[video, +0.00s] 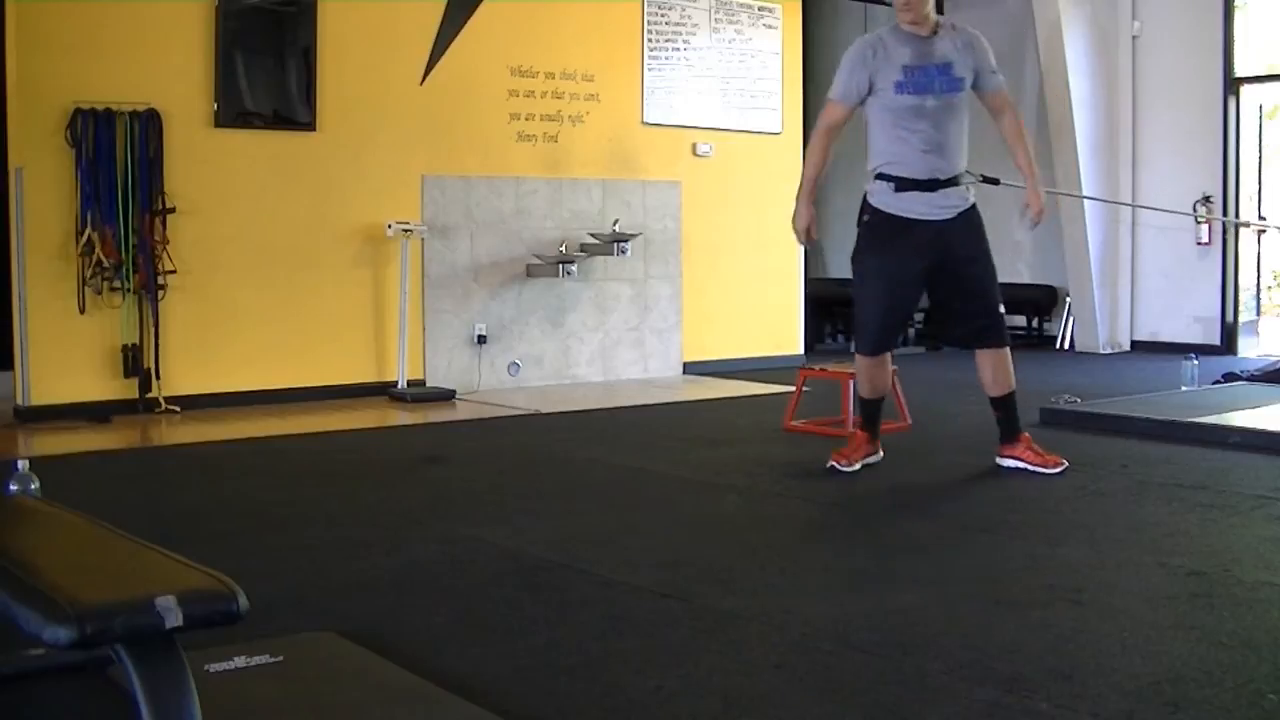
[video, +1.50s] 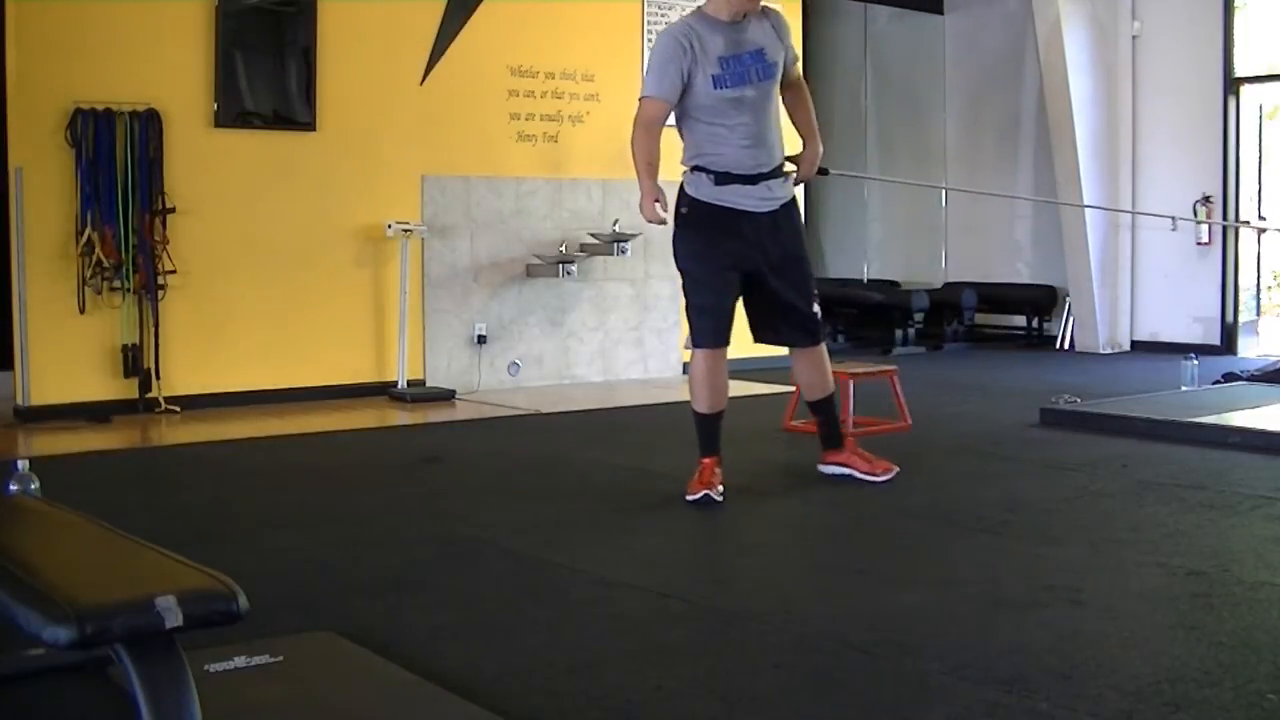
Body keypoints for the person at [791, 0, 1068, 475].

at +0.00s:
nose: (909, 2)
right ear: (890, 1)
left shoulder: (968, 44)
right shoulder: (870, 50)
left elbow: (1003, 109)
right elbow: (826, 127)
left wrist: (1031, 180)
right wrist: (804, 198)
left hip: (956, 215)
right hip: (889, 216)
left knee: (989, 327)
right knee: (872, 337)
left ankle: (1013, 442)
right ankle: (867, 440)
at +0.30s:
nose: (834, 1)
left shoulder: (894, 30)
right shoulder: (796, 50)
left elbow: (932, 96)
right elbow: (784, 135)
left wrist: (947, 166)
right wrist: (795, 201)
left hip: (902, 199)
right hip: (836, 208)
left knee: (925, 315)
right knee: (846, 327)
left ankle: (944, 433)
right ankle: (862, 439)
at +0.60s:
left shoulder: (882, 34)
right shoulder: (784, 43)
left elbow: (912, 98)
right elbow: (761, 126)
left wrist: (920, 157)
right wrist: (776, 195)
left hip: (874, 201)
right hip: (807, 206)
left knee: (879, 321)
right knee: (817, 329)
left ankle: (879, 442)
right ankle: (853, 427)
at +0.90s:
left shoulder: (876, 33)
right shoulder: (776, 35)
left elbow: (897, 88)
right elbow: (735, 113)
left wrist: (888, 147)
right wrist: (706, 186)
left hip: (851, 204)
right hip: (785, 201)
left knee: (865, 327)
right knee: (767, 323)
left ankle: (876, 446)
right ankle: (740, 443)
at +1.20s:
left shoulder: (836, 38)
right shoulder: (737, 46)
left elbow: (850, 91)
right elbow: (690, 124)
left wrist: (850, 155)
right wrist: (670, 198)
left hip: (820, 212)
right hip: (753, 212)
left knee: (845, 332)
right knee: (741, 335)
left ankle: (872, 447)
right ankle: (714, 460)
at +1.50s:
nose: (758, 1)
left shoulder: (770, 23)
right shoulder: (679, 41)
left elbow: (792, 82)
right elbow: (648, 120)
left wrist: (813, 142)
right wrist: (647, 181)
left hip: (775, 207)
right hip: (708, 209)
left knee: (806, 330)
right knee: (709, 338)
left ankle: (835, 448)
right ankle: (709, 464)